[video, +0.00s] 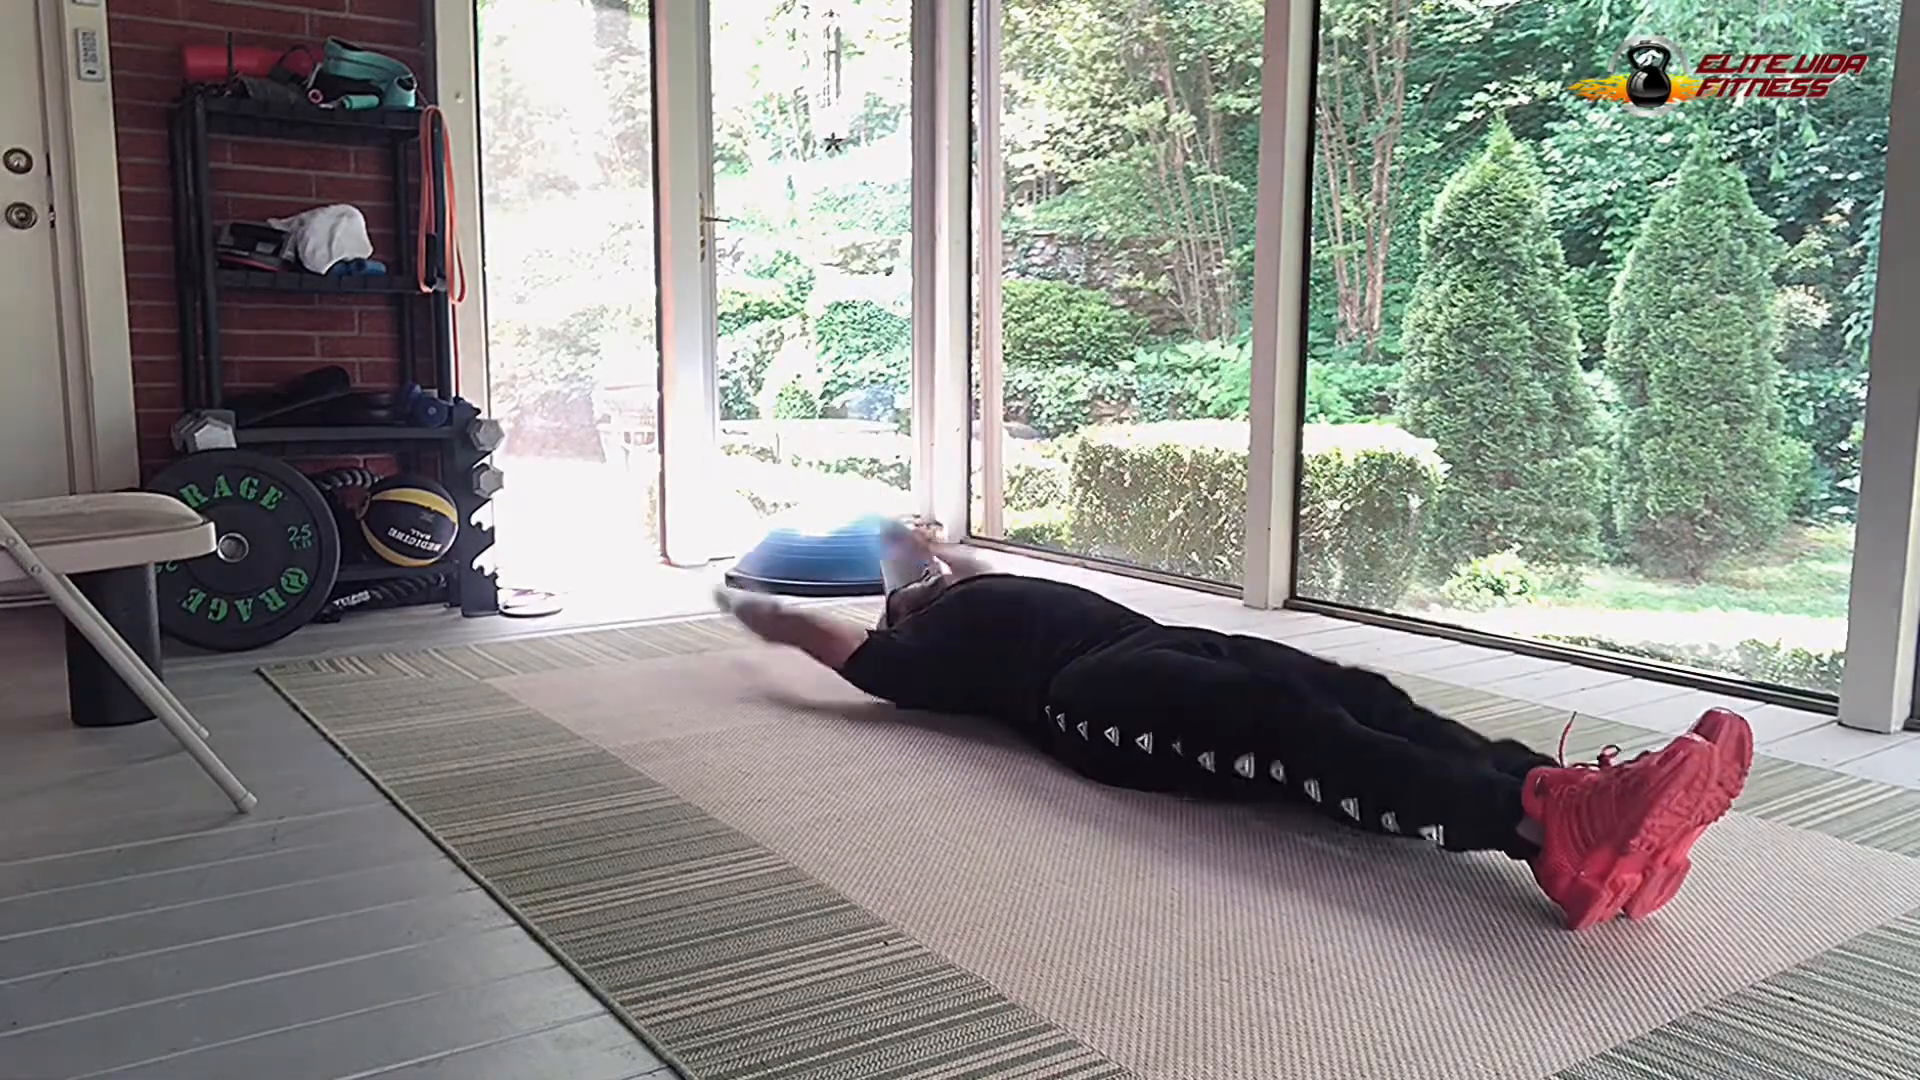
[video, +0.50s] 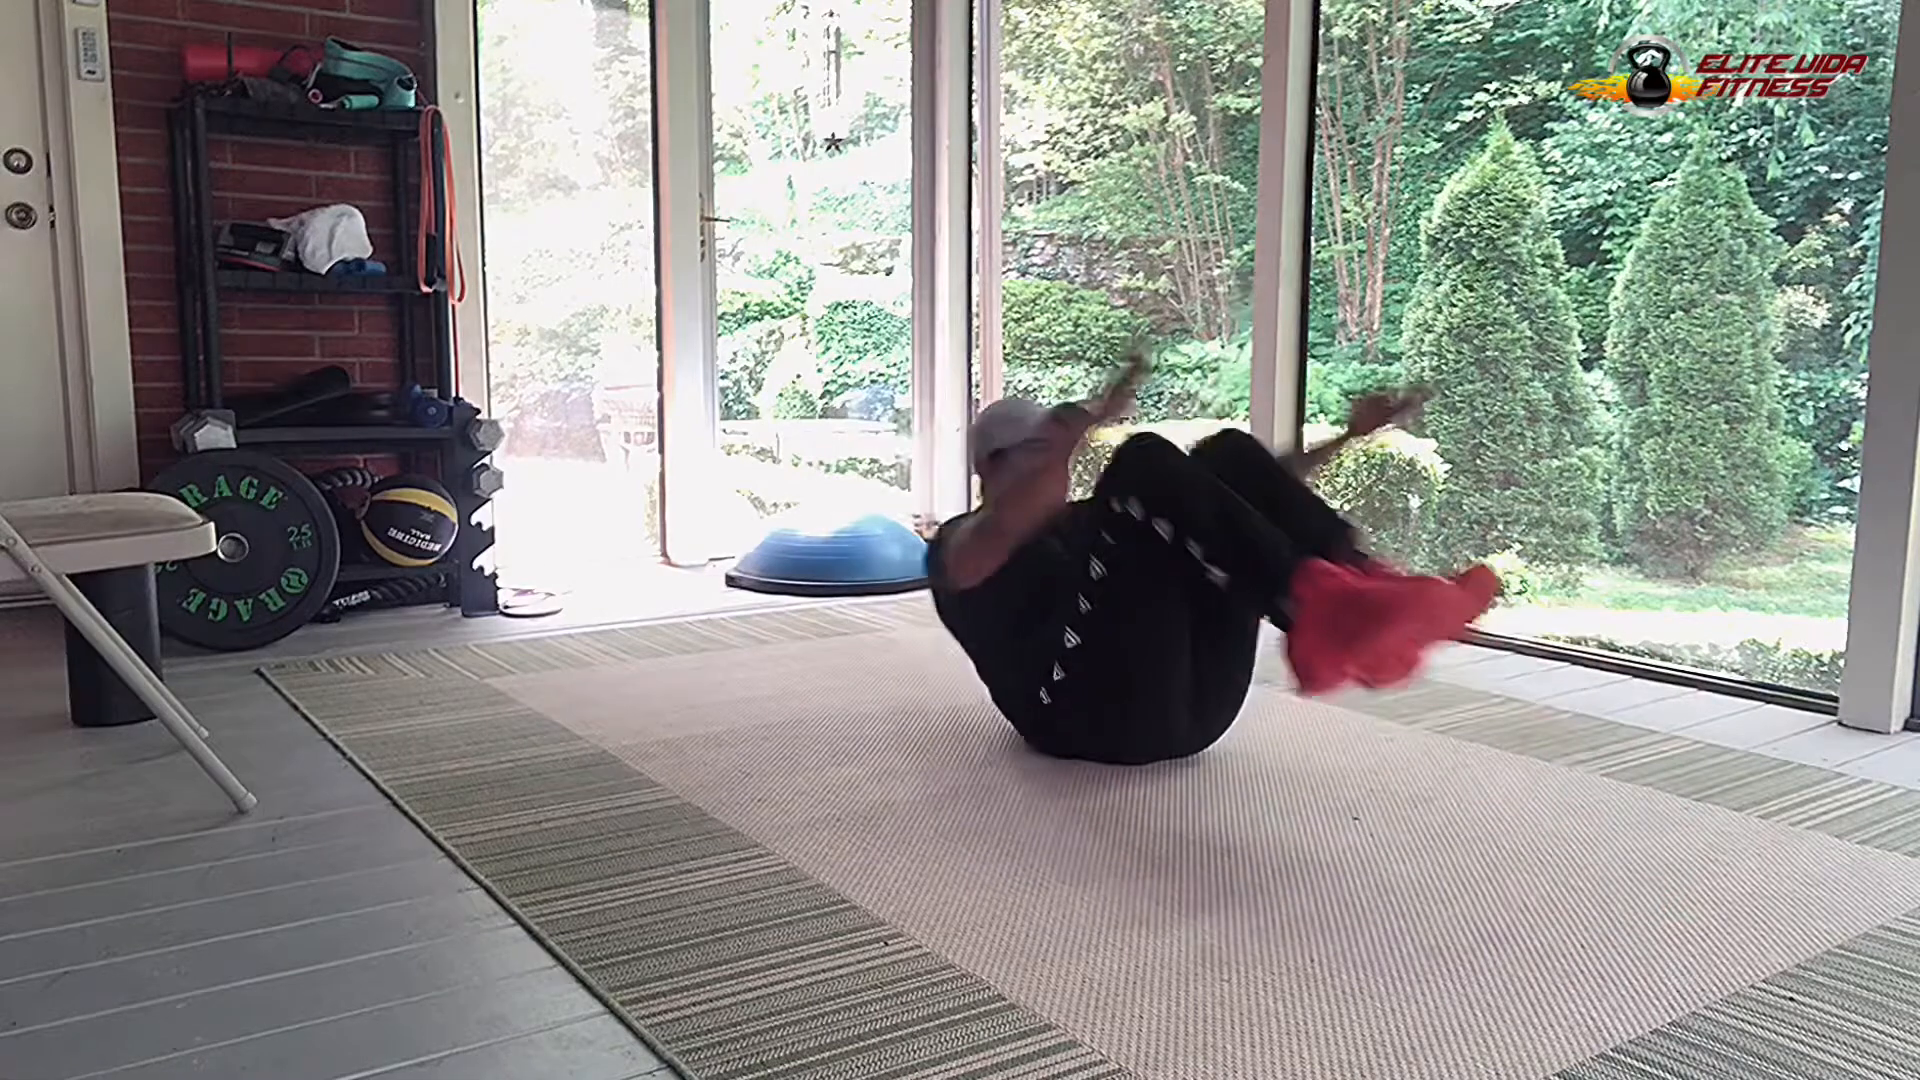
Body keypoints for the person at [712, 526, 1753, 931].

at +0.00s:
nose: (941, 541)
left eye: (946, 539)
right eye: (919, 547)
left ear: (963, 558)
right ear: (892, 586)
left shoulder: (1013, 584)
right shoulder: (888, 645)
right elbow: (747, 604)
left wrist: (950, 545)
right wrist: (829, 591)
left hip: (1170, 643)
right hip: (1090, 685)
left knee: (1358, 688)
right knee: (1290, 721)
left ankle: (1582, 830)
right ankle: (1554, 826)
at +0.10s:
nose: (912, 554)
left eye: (915, 550)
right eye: (895, 560)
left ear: (939, 565)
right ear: (878, 594)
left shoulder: (996, 585)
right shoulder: (882, 626)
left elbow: (1043, 558)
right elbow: (771, 559)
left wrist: (967, 537)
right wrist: (773, 550)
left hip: (1136, 649)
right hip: (1067, 686)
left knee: (1352, 648)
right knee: (1290, 673)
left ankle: (1577, 788)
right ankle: (1539, 812)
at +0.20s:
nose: (953, 525)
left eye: (958, 519)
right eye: (933, 526)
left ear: (979, 541)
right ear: (904, 563)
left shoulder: (1036, 584)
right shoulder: (913, 623)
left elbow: (1068, 525)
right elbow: (840, 567)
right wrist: (796, 489)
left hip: (1168, 684)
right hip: (1090, 708)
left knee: (1337, 592)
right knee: (1260, 612)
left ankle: (1544, 739)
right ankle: (1498, 759)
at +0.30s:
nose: (982, 489)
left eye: (988, 479)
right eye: (963, 484)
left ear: (1007, 503)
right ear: (927, 521)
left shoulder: (1062, 557)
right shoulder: (926, 595)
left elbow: (1130, 454)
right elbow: (887, 557)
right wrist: (863, 463)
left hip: (1175, 691)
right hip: (1089, 713)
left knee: (1312, 536)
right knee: (1221, 552)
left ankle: (1494, 682)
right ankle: (1447, 703)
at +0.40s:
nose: (1025, 480)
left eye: (1026, 467)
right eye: (1007, 468)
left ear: (1027, 477)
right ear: (961, 481)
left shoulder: (1073, 542)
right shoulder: (942, 577)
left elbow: (1174, 485)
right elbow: (948, 508)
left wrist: (1265, 377)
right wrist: (982, 386)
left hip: (1179, 702)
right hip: (1094, 714)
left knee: (1274, 488)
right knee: (1174, 511)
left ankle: (1436, 635)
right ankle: (1376, 655)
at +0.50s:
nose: (1053, 469)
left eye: (1058, 455)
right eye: (1035, 458)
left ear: (1064, 459)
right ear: (990, 473)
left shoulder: (1103, 526)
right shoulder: (959, 544)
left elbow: (1217, 524)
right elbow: (982, 550)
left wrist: (1348, 438)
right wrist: (1081, 426)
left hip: (1188, 708)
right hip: (1095, 713)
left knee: (1226, 451)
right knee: (1144, 461)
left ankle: (1369, 588)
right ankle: (1318, 612)